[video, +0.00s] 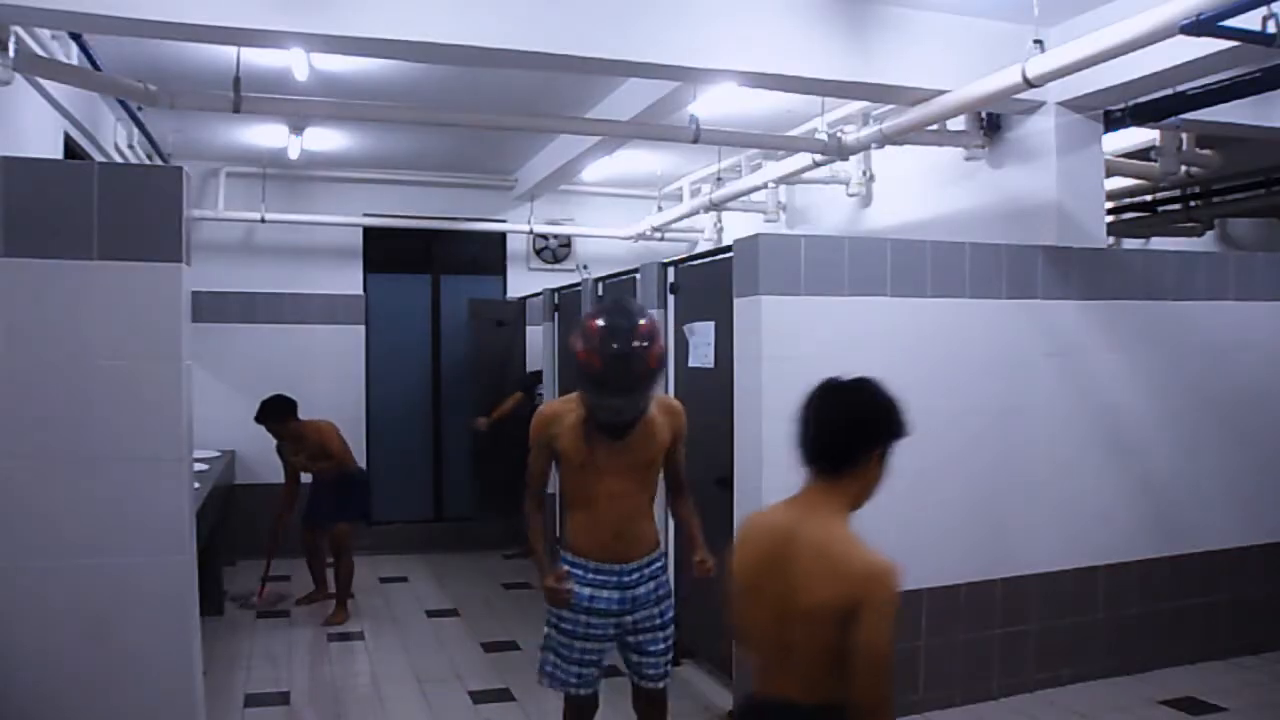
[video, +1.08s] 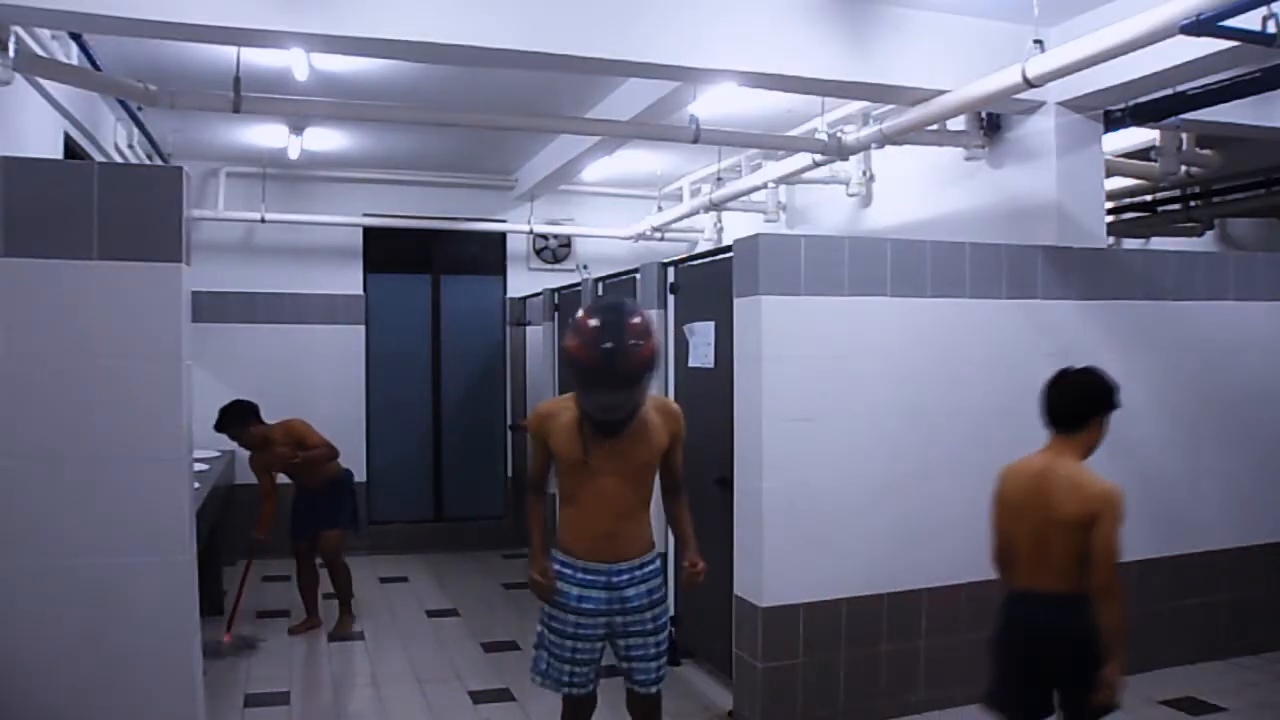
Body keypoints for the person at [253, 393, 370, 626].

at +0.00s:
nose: (272, 435)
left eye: (273, 429)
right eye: (269, 430)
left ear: (287, 421)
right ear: (278, 426)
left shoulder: (324, 432)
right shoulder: (284, 447)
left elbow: (347, 465)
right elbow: (292, 484)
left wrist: (312, 467)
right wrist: (283, 516)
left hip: (348, 485)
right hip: (321, 487)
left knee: (340, 539)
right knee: (310, 535)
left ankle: (341, 605)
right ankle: (321, 588)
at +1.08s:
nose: (238, 444)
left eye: (238, 437)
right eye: (234, 440)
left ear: (252, 425)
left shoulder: (293, 429)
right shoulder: (258, 460)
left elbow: (331, 451)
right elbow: (268, 497)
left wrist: (299, 457)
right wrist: (261, 530)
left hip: (334, 487)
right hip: (305, 492)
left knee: (330, 552)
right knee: (303, 555)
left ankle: (346, 613)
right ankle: (312, 616)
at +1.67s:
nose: (253, 453)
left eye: (253, 447)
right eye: (249, 448)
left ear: (267, 439)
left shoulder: (311, 447)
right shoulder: (271, 464)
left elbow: (340, 483)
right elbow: (273, 502)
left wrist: (298, 489)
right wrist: (261, 536)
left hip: (345, 500)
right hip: (314, 502)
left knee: (340, 568)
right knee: (308, 561)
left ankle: (342, 632)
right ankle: (314, 616)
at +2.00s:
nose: (282, 452)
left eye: (285, 446)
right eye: (280, 447)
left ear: (303, 441)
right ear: (283, 444)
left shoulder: (340, 448)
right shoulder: (283, 468)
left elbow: (362, 484)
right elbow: (276, 513)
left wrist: (326, 490)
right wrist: (265, 553)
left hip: (350, 506)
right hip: (316, 507)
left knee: (344, 568)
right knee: (301, 566)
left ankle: (343, 632)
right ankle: (307, 608)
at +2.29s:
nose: (308, 450)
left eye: (313, 444)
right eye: (304, 445)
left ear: (326, 435)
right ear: (298, 440)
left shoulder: (351, 445)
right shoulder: (292, 461)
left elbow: (373, 476)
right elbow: (287, 507)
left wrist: (352, 480)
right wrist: (293, 547)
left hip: (344, 510)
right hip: (306, 512)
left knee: (344, 571)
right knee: (296, 572)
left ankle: (342, 633)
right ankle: (289, 631)